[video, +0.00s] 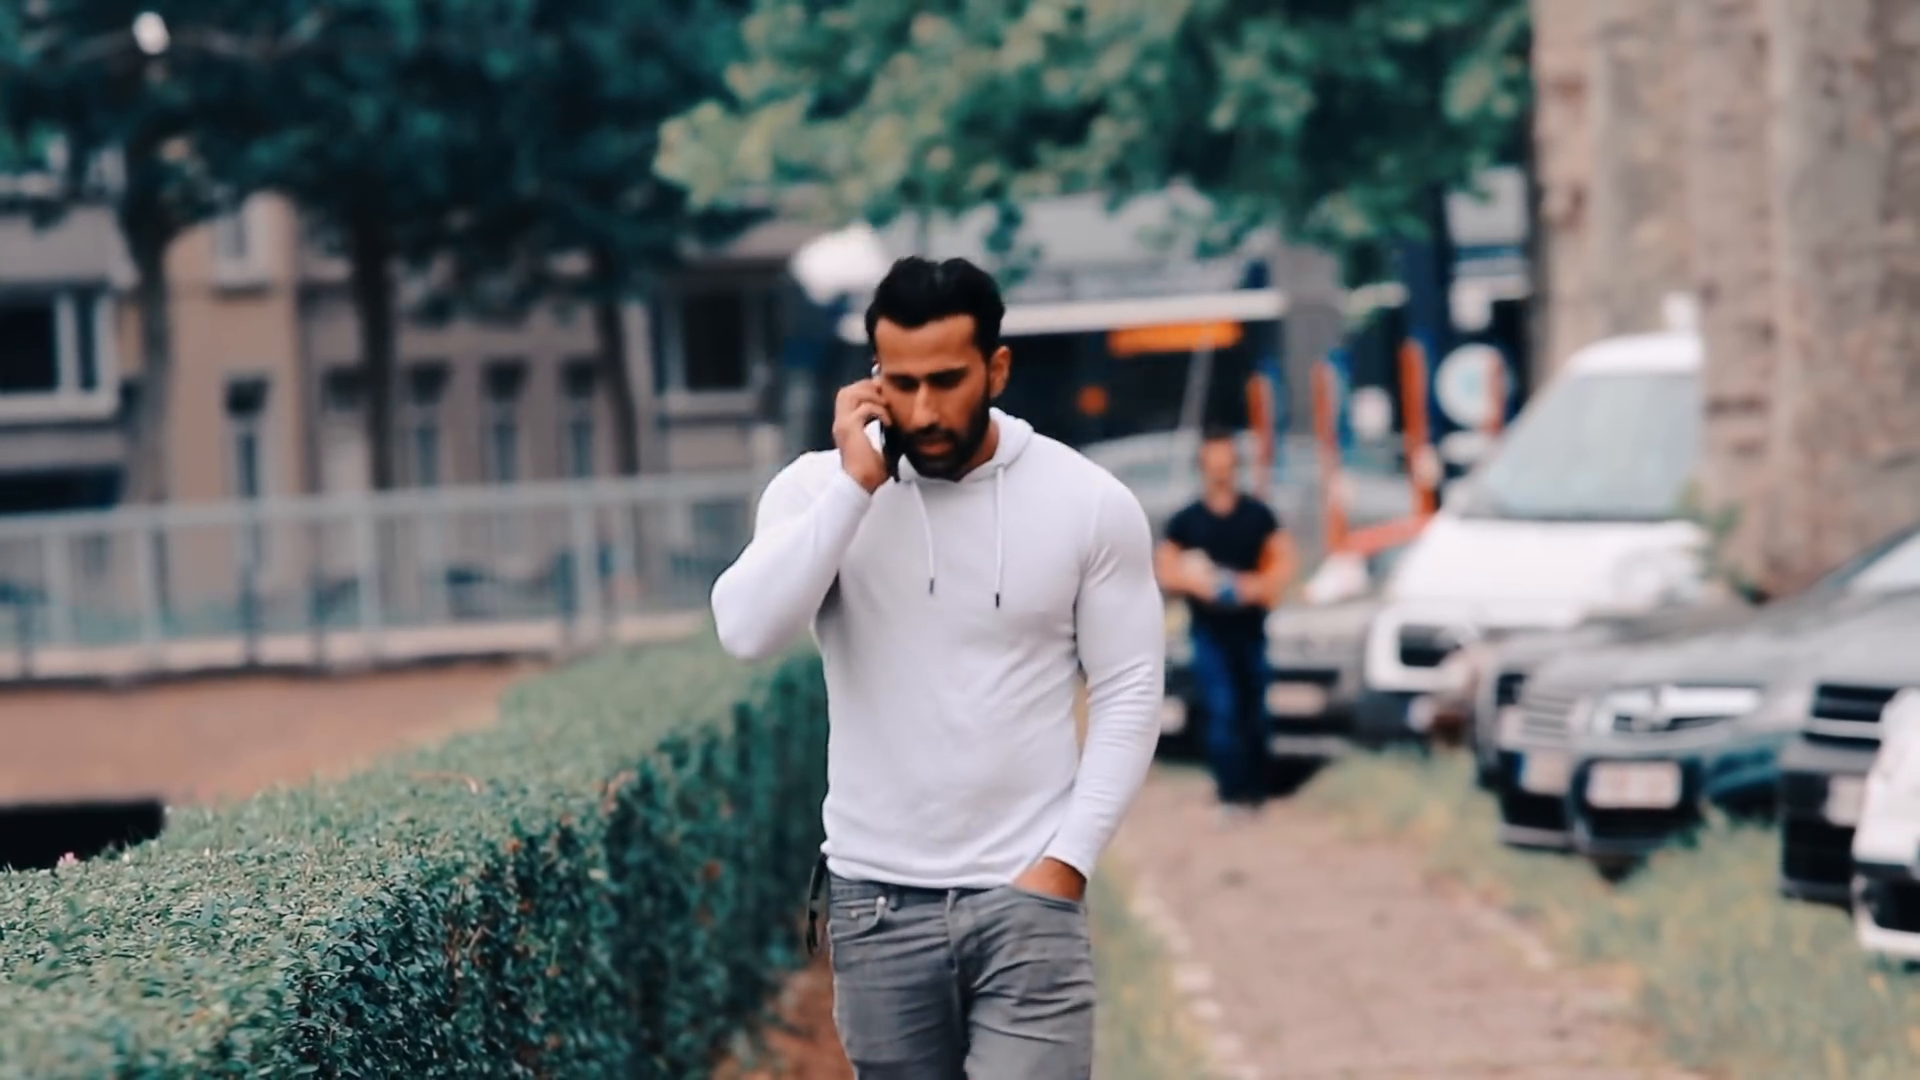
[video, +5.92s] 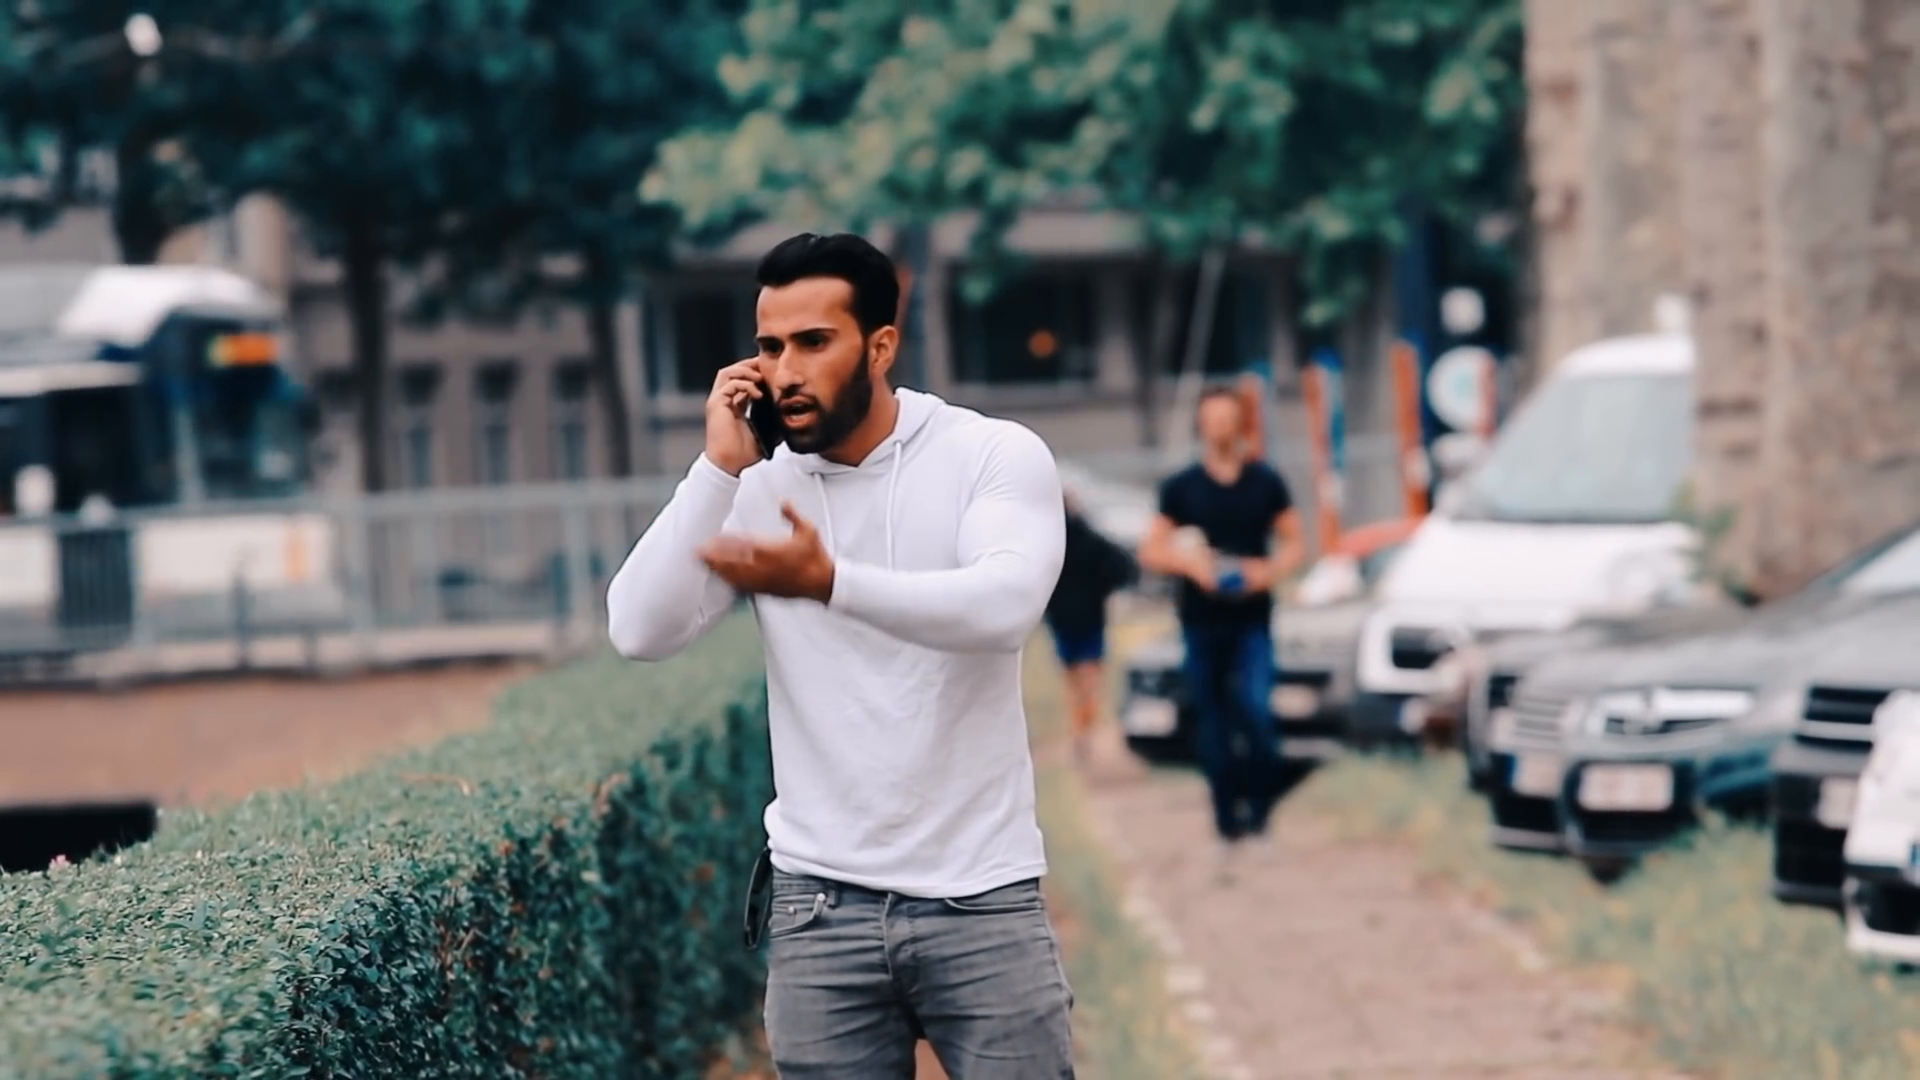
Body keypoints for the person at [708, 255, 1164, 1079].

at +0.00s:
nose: (923, 410)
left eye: (947, 381)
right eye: (901, 383)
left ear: (998, 366)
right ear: (874, 372)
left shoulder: (1090, 505)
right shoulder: (815, 488)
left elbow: (1127, 696)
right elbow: (745, 631)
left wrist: (1067, 864)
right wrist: (853, 481)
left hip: (1028, 903)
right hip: (874, 906)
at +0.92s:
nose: (801, 365)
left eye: (830, 336)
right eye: (787, 339)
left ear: (897, 346)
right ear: (770, 350)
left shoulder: (1008, 475)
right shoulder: (752, 487)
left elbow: (1118, 647)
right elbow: (630, 605)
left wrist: (1026, 778)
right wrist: (729, 448)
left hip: (979, 909)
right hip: (815, 909)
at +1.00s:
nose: (792, 369)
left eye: (822, 339)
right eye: (777, 342)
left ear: (888, 346)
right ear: (760, 351)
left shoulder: (996, 472)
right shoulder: (741, 487)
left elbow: (1106, 643)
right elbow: (623, 608)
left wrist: (994, 724)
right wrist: (722, 452)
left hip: (975, 900)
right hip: (808, 904)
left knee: (1024, 1065)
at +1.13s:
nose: (792, 370)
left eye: (822, 341)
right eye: (778, 344)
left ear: (888, 346)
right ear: (761, 351)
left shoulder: (994, 469)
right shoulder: (742, 486)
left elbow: (1085, 644)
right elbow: (624, 609)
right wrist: (721, 452)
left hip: (973, 897)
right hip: (804, 901)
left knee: (1018, 1064)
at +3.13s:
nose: (799, 371)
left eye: (827, 342)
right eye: (785, 346)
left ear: (895, 346)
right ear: (769, 352)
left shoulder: (1011, 448)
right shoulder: (763, 485)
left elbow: (1038, 592)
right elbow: (651, 627)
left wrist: (871, 532)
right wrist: (732, 468)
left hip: (1000, 893)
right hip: (830, 899)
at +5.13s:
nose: (792, 375)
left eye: (820, 346)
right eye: (778, 350)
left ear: (889, 349)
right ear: (763, 357)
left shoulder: (1008, 457)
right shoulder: (761, 483)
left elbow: (1013, 607)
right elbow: (646, 631)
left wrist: (840, 558)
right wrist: (724, 472)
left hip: (991, 896)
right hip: (823, 902)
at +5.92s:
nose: (783, 373)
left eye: (811, 342)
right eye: (770, 348)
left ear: (881, 346)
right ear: (755, 355)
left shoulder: (999, 456)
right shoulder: (758, 488)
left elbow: (1003, 607)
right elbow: (638, 630)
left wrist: (829, 581)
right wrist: (716, 467)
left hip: (984, 899)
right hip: (816, 905)